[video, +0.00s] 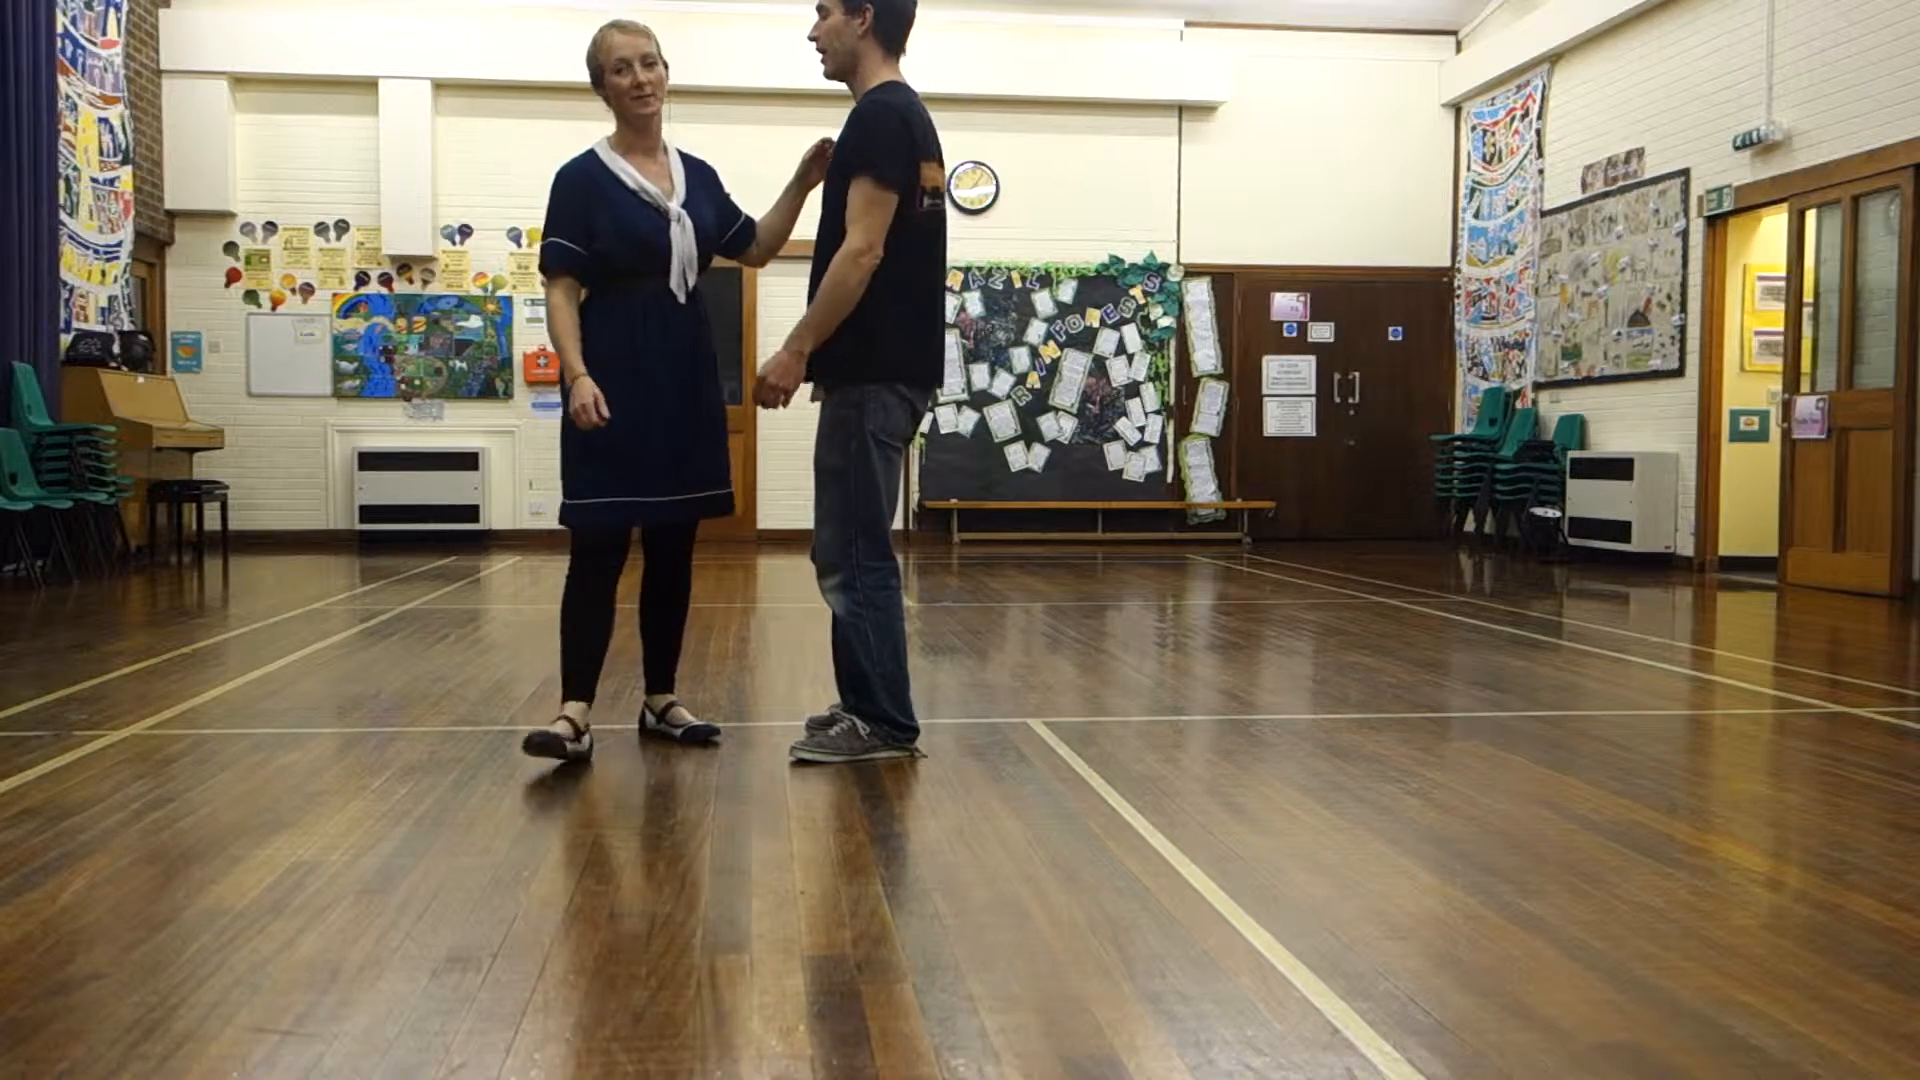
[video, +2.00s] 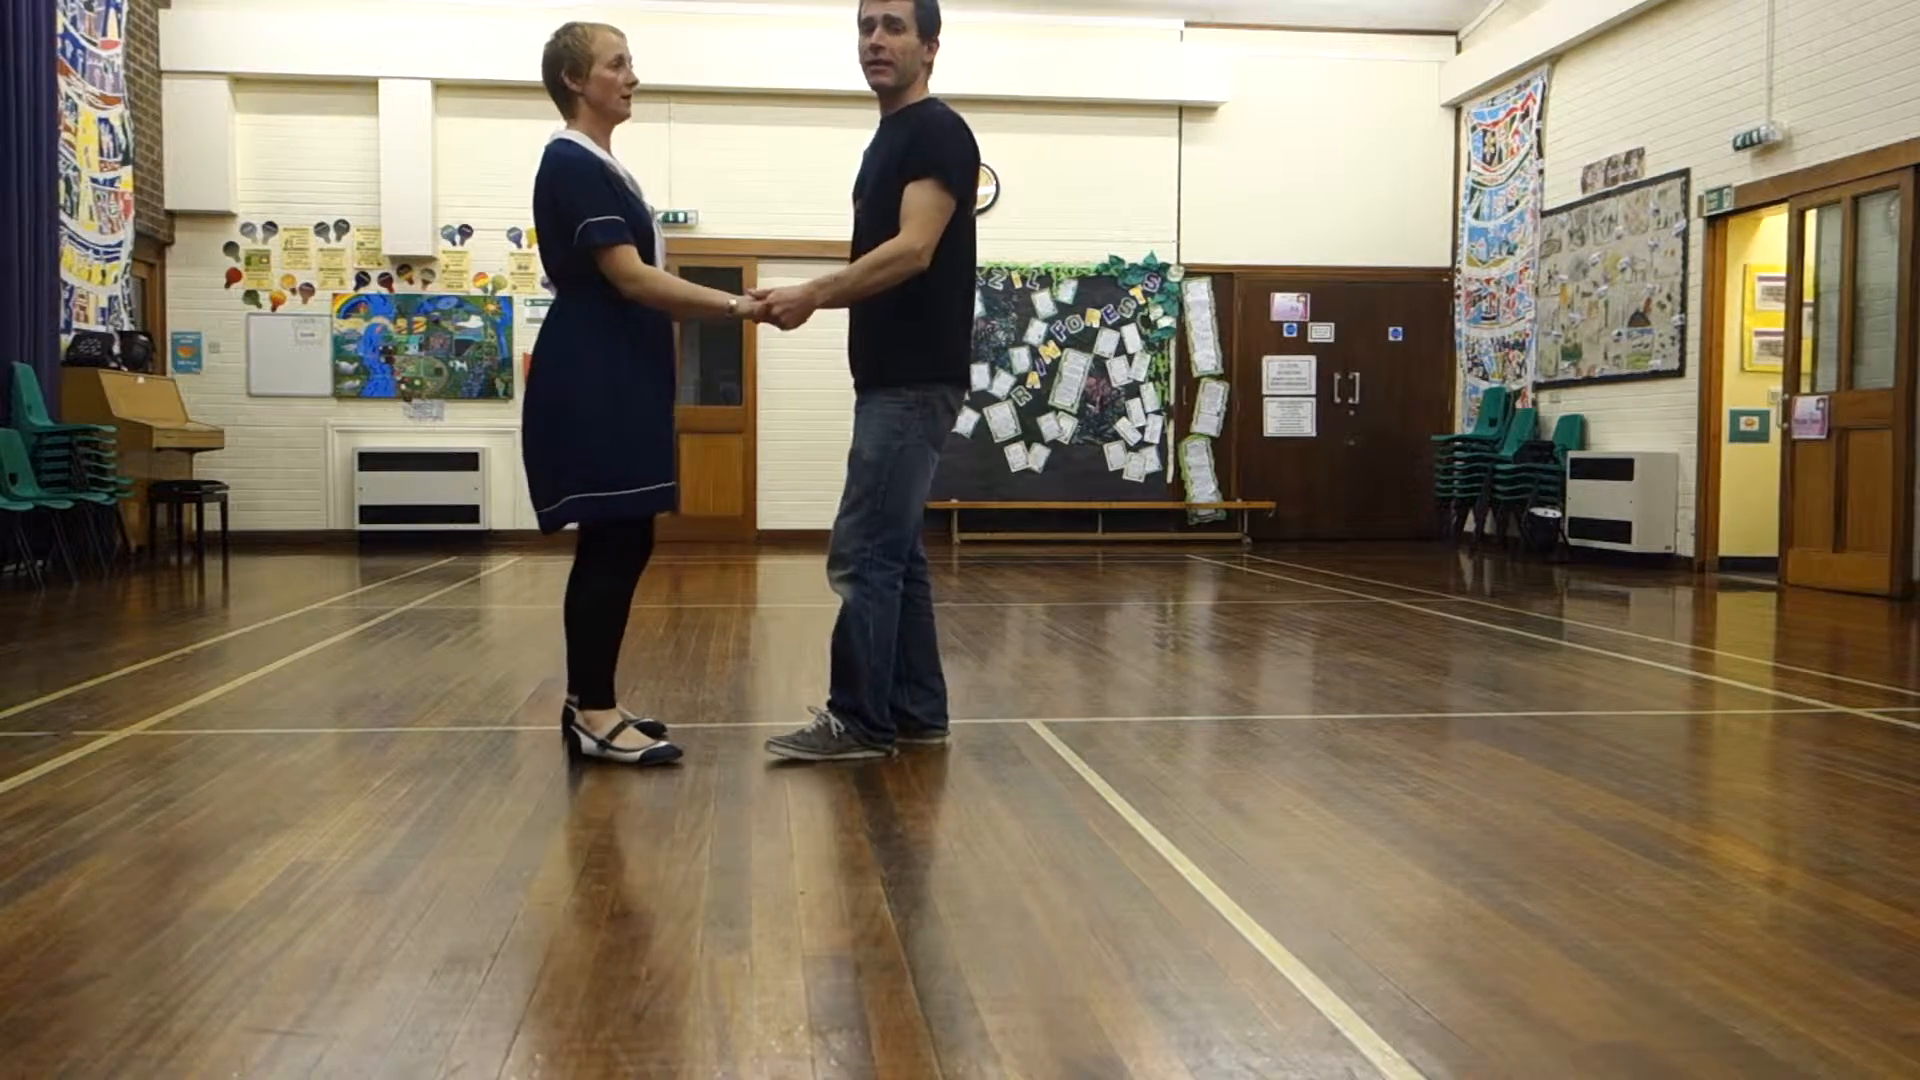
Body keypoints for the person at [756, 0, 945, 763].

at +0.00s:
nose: (813, 29)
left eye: (825, 14)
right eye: (816, 15)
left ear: (863, 21)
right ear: (869, 24)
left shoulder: (884, 113)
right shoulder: (885, 114)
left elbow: (861, 250)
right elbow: (872, 253)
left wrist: (794, 350)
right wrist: (810, 356)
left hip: (875, 371)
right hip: (871, 370)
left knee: (854, 551)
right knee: (848, 548)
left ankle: (883, 721)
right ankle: (869, 708)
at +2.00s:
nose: (875, 41)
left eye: (893, 27)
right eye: (866, 28)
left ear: (929, 44)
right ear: (859, 42)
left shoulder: (935, 130)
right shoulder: (891, 138)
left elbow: (915, 247)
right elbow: (887, 257)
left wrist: (812, 295)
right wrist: (811, 296)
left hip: (916, 381)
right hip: (891, 380)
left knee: (864, 554)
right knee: (893, 552)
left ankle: (859, 720)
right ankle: (916, 711)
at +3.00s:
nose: (833, 47)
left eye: (848, 34)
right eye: (835, 33)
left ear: (895, 48)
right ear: (875, 49)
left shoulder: (910, 129)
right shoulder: (880, 139)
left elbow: (927, 241)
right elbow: (878, 282)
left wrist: (822, 254)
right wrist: (793, 297)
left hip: (892, 383)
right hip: (880, 381)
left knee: (831, 552)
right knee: (877, 552)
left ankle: (855, 716)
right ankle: (914, 708)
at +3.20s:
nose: (847, 48)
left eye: (863, 36)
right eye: (845, 36)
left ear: (907, 52)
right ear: (849, 51)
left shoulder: (925, 131)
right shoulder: (874, 146)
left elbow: (942, 245)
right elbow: (874, 262)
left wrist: (846, 286)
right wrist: (819, 296)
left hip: (907, 376)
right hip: (881, 375)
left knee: (853, 549)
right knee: (879, 550)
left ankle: (881, 714)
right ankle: (915, 710)